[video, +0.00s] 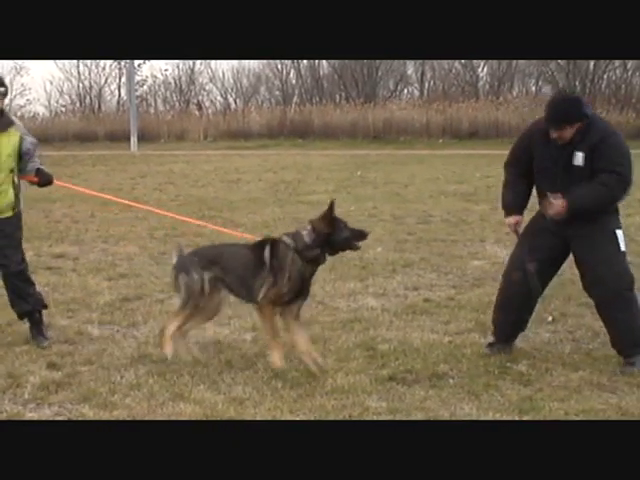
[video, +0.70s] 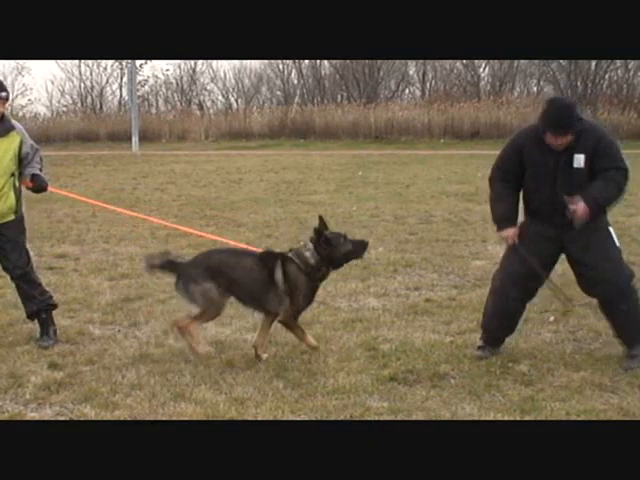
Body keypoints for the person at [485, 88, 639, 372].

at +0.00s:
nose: (555, 134)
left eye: (561, 129)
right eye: (552, 128)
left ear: (578, 124)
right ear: (547, 121)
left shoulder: (605, 140)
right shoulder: (536, 135)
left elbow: (616, 182)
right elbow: (517, 170)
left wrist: (570, 203)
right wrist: (513, 210)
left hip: (595, 224)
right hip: (549, 222)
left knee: (611, 285)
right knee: (519, 275)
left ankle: (632, 352)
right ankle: (502, 338)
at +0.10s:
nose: (569, 128)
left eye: (576, 123)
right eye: (566, 122)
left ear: (593, 121)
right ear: (562, 115)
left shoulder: (616, 144)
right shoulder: (545, 133)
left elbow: (632, 188)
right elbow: (520, 164)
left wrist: (605, 217)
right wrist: (509, 204)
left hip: (594, 225)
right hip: (549, 220)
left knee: (611, 287)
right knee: (518, 270)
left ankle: (632, 353)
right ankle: (500, 335)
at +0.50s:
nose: (542, 123)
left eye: (549, 119)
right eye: (540, 117)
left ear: (567, 116)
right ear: (536, 113)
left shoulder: (592, 134)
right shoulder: (523, 135)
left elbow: (617, 171)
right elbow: (497, 172)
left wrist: (600, 204)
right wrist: (493, 217)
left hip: (580, 225)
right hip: (532, 224)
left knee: (604, 284)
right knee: (508, 280)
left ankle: (620, 345)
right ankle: (493, 341)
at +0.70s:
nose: (557, 142)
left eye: (563, 137)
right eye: (552, 136)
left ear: (574, 129)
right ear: (543, 128)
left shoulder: (593, 139)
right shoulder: (525, 142)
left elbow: (616, 175)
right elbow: (502, 178)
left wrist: (589, 202)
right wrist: (505, 222)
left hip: (587, 230)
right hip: (539, 229)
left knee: (615, 284)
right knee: (509, 283)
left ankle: (634, 345)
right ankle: (490, 341)